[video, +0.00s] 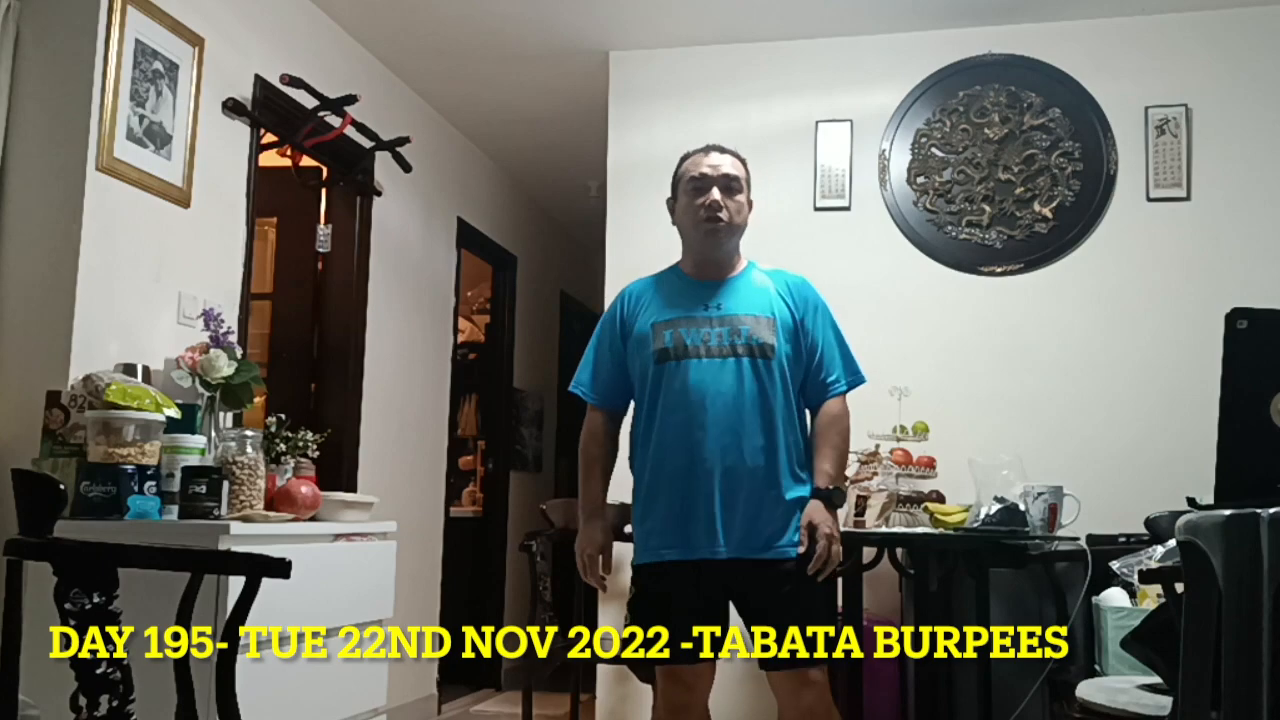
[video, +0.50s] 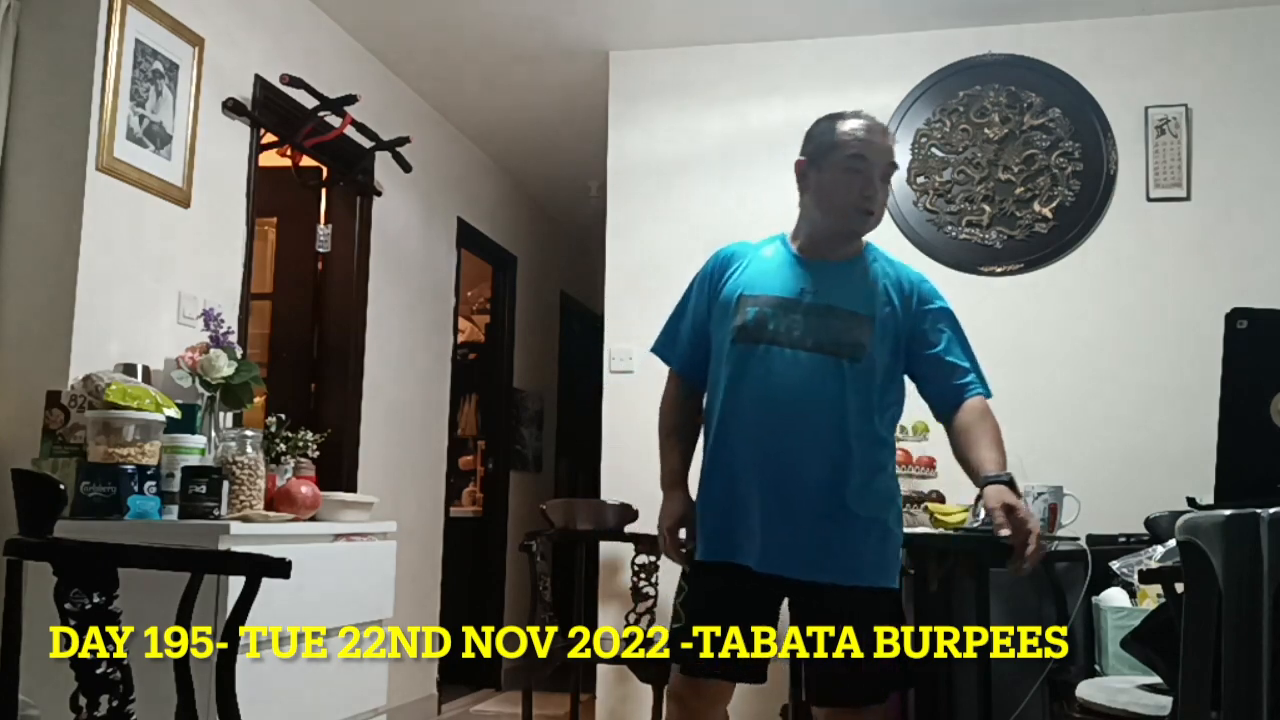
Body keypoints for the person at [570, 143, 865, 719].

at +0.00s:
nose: (714, 195)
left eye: (730, 186)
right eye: (697, 186)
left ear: (749, 209)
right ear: (673, 209)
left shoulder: (794, 296)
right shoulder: (635, 304)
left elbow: (832, 401)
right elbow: (600, 416)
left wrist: (825, 498)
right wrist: (592, 516)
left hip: (779, 537)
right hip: (672, 541)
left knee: (807, 690)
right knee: (678, 691)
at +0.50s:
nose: (874, 189)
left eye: (885, 175)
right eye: (856, 166)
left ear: (893, 188)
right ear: (804, 173)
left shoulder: (907, 294)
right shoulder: (731, 269)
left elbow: (964, 397)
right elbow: (683, 387)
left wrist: (994, 480)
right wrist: (674, 488)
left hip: (853, 550)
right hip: (736, 535)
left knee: (851, 709)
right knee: (694, 696)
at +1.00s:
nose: (990, 190)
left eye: (1004, 174)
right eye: (973, 163)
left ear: (1011, 184)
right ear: (914, 158)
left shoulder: (1000, 297)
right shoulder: (806, 235)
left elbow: (1079, 386)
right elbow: (736, 341)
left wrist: (1155, 461)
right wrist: (713, 456)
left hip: (890, 572)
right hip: (769, 537)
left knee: (873, 714)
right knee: (727, 702)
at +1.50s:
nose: (1000, 188)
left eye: (1013, 171)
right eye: (983, 159)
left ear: (1017, 183)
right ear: (921, 156)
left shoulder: (1007, 298)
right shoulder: (811, 234)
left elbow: (1080, 390)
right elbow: (738, 337)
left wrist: (1151, 463)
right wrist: (715, 455)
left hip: (892, 570)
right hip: (769, 533)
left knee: (872, 713)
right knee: (726, 700)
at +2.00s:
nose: (875, 159)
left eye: (884, 144)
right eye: (853, 138)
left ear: (891, 158)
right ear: (794, 148)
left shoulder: (910, 278)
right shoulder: (714, 254)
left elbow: (948, 411)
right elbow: (662, 380)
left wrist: (955, 529)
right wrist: (654, 501)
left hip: (851, 559)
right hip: (724, 544)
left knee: (855, 713)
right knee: (693, 706)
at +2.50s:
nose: (731, 156)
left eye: (740, 146)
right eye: (710, 140)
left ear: (748, 163)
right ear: (660, 157)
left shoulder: (781, 266)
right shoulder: (600, 262)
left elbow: (848, 361)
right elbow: (544, 365)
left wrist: (784, 410)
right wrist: (646, 395)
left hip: (758, 550)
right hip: (638, 546)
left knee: (769, 711)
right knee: (653, 707)